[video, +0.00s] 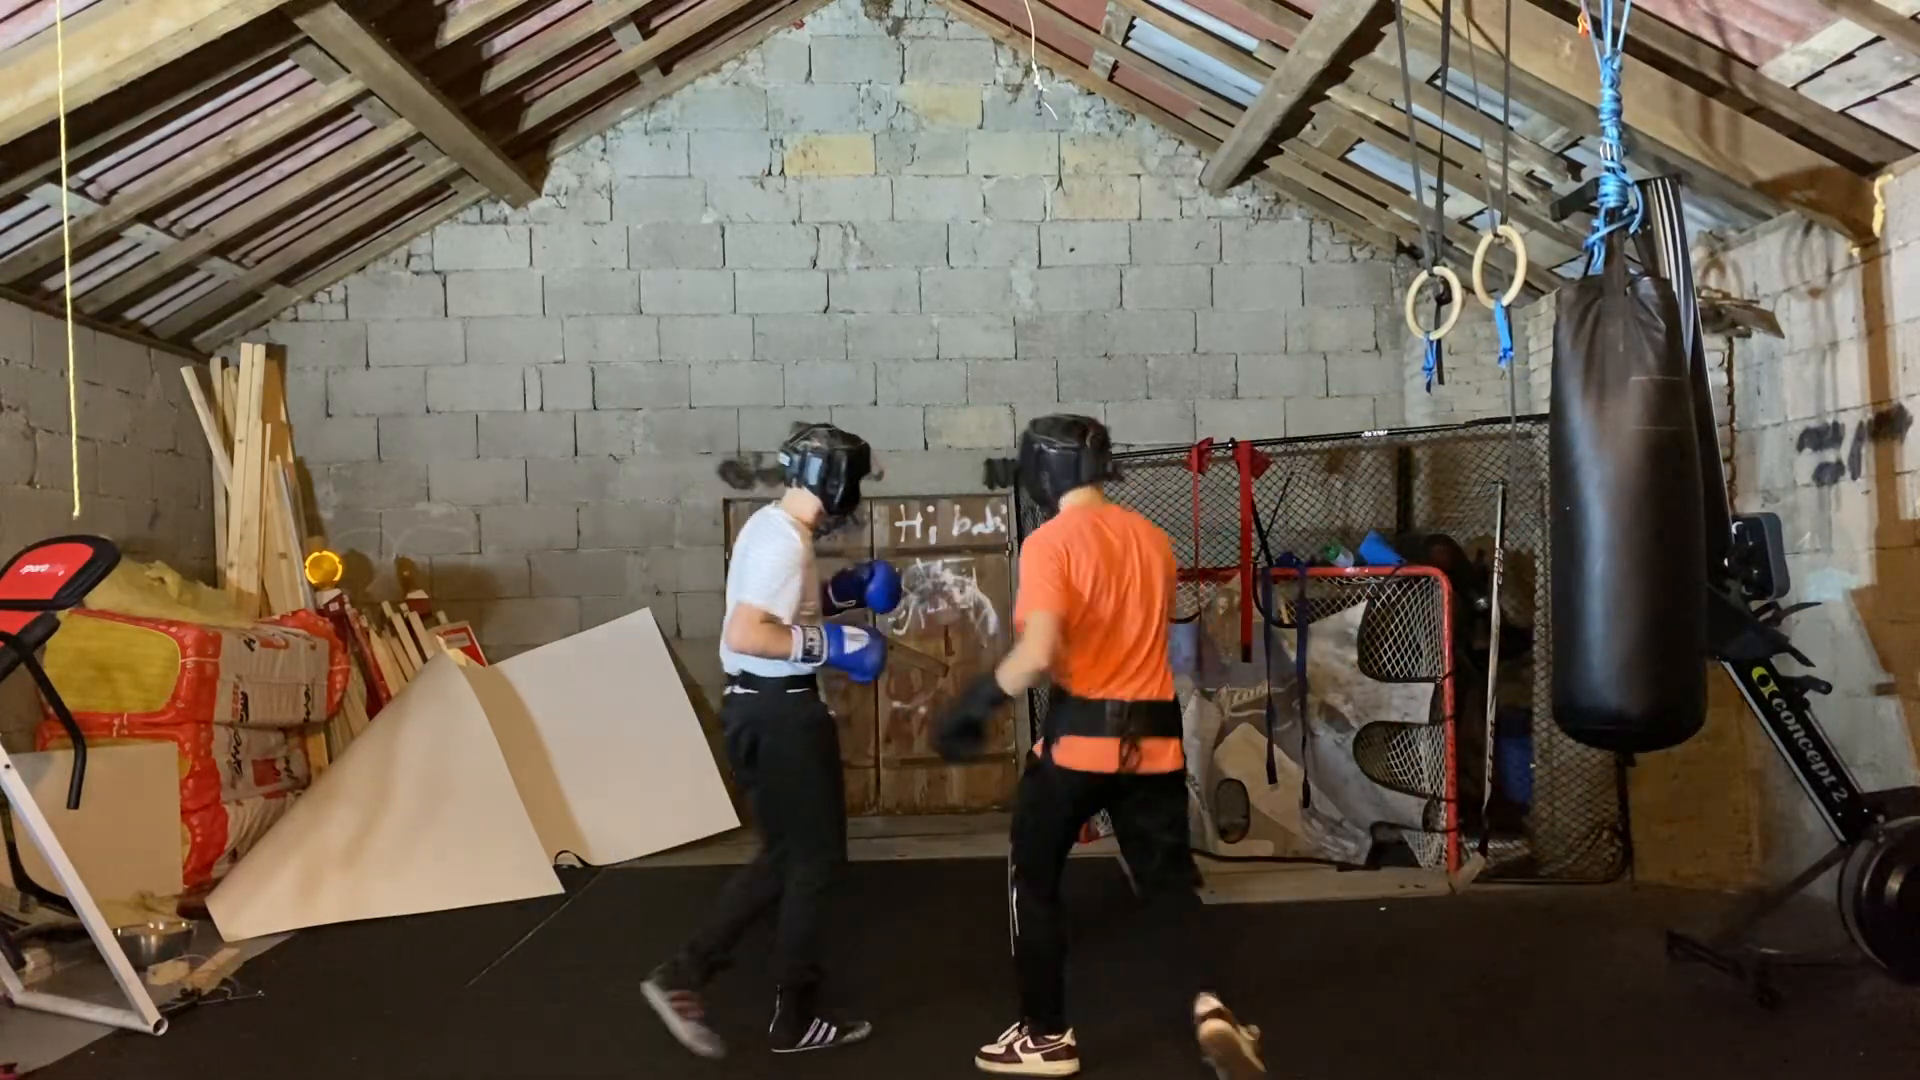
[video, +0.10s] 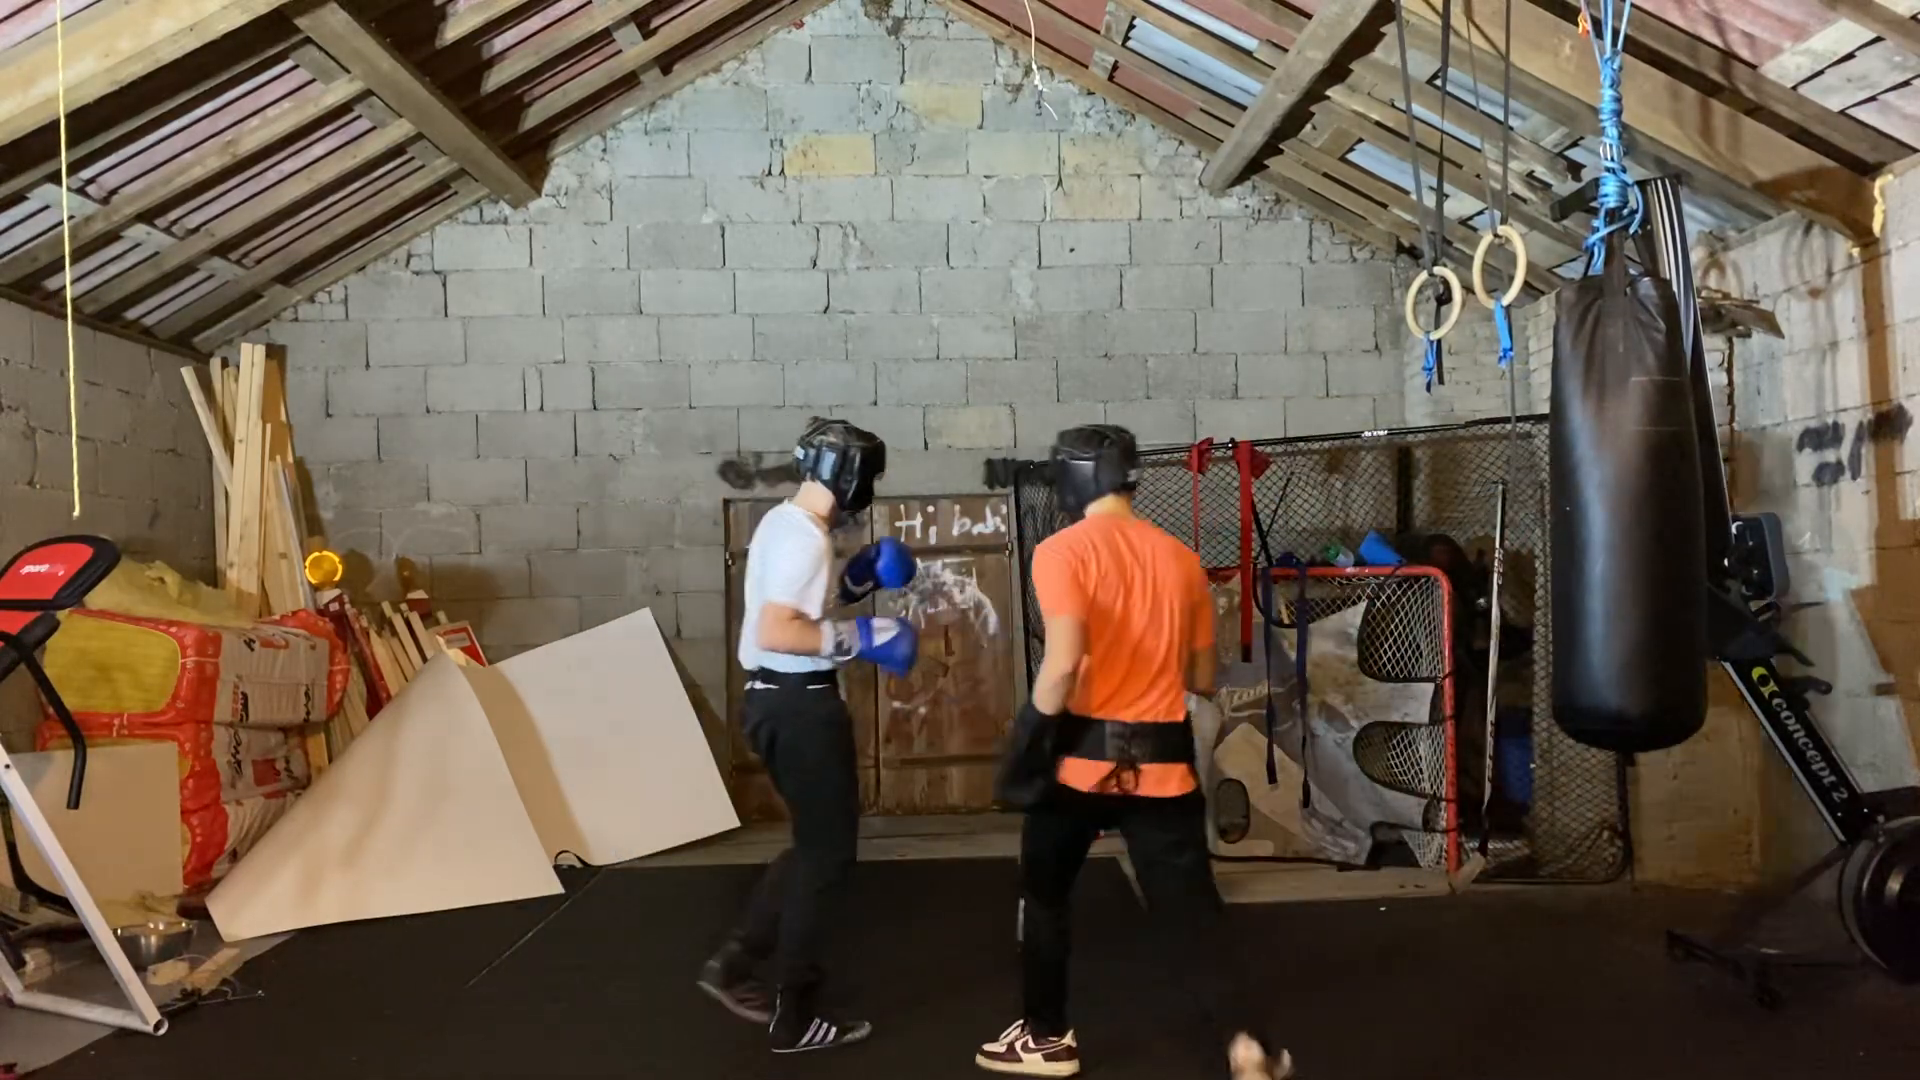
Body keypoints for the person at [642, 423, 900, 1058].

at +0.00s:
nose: (854, 499)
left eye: (855, 486)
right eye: (852, 486)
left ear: (801, 475)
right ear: (832, 485)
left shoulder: (774, 529)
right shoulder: (782, 543)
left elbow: (786, 612)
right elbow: (745, 633)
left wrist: (842, 594)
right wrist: (827, 644)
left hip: (761, 707)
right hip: (782, 713)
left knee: (784, 856)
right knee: (812, 860)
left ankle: (682, 978)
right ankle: (796, 1019)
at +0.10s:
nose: (868, 493)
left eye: (869, 480)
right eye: (866, 480)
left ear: (814, 469)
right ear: (847, 478)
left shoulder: (781, 523)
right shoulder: (804, 538)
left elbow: (804, 603)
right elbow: (775, 630)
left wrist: (857, 577)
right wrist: (855, 637)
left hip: (777, 699)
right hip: (800, 705)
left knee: (818, 844)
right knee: (827, 852)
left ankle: (735, 963)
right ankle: (795, 1019)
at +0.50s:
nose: (936, 498)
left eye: (937, 488)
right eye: (932, 488)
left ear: (881, 485)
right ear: (915, 490)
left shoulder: (860, 534)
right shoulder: (887, 537)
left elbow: (892, 608)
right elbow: (871, 610)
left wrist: (930, 570)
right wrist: (948, 641)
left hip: (868, 704)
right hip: (879, 707)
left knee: (917, 837)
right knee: (919, 842)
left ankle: (899, 974)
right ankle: (813, 990)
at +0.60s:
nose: (953, 490)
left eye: (954, 479)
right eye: (948, 479)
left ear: (906, 477)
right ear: (927, 480)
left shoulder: (915, 533)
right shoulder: (892, 531)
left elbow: (929, 618)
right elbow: (867, 606)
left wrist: (946, 570)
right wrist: (946, 640)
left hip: (905, 694)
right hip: (896, 697)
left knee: (927, 836)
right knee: (955, 837)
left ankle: (903, 971)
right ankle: (861, 968)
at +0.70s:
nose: (972, 484)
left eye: (972, 473)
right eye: (965, 474)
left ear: (933, 472)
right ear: (943, 475)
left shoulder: (951, 526)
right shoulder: (907, 524)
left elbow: (971, 611)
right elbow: (872, 603)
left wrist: (969, 569)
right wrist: (950, 629)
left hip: (938, 686)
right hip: (913, 690)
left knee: (926, 832)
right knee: (979, 829)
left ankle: (905, 965)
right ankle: (924, 984)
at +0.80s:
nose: (988, 491)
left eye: (990, 480)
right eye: (978, 481)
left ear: (979, 478)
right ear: (947, 483)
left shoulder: (969, 531)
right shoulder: (917, 537)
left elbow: (990, 616)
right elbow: (892, 618)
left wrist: (991, 570)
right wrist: (972, 631)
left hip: (960, 692)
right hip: (931, 697)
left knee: (932, 836)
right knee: (983, 838)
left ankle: (900, 969)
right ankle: (1007, 1007)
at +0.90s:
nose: (999, 499)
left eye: (1003, 486)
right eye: (987, 490)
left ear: (1004, 483)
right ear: (957, 493)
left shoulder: (990, 541)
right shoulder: (930, 551)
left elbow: (1009, 619)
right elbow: (916, 643)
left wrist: (1008, 584)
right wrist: (989, 647)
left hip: (981, 703)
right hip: (950, 708)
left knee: (940, 840)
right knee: (1007, 841)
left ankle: (900, 968)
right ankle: (1038, 1011)